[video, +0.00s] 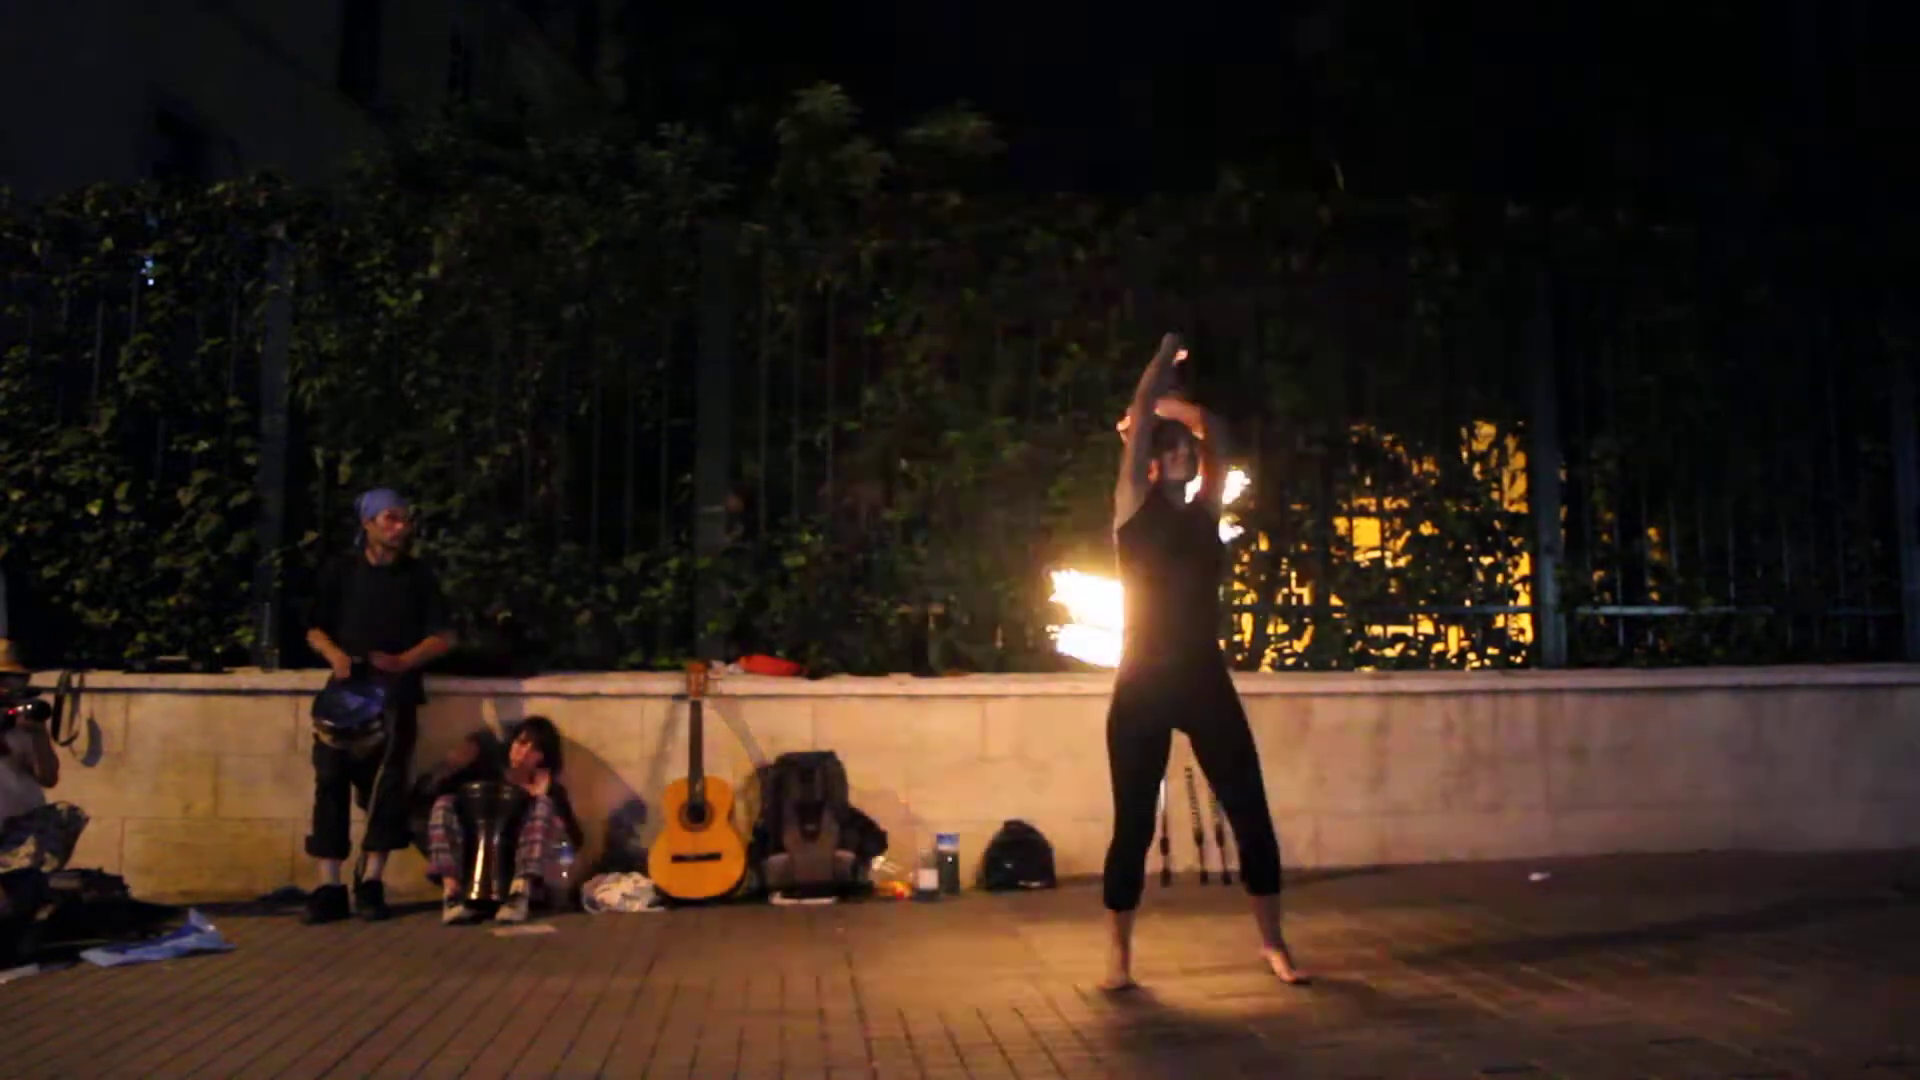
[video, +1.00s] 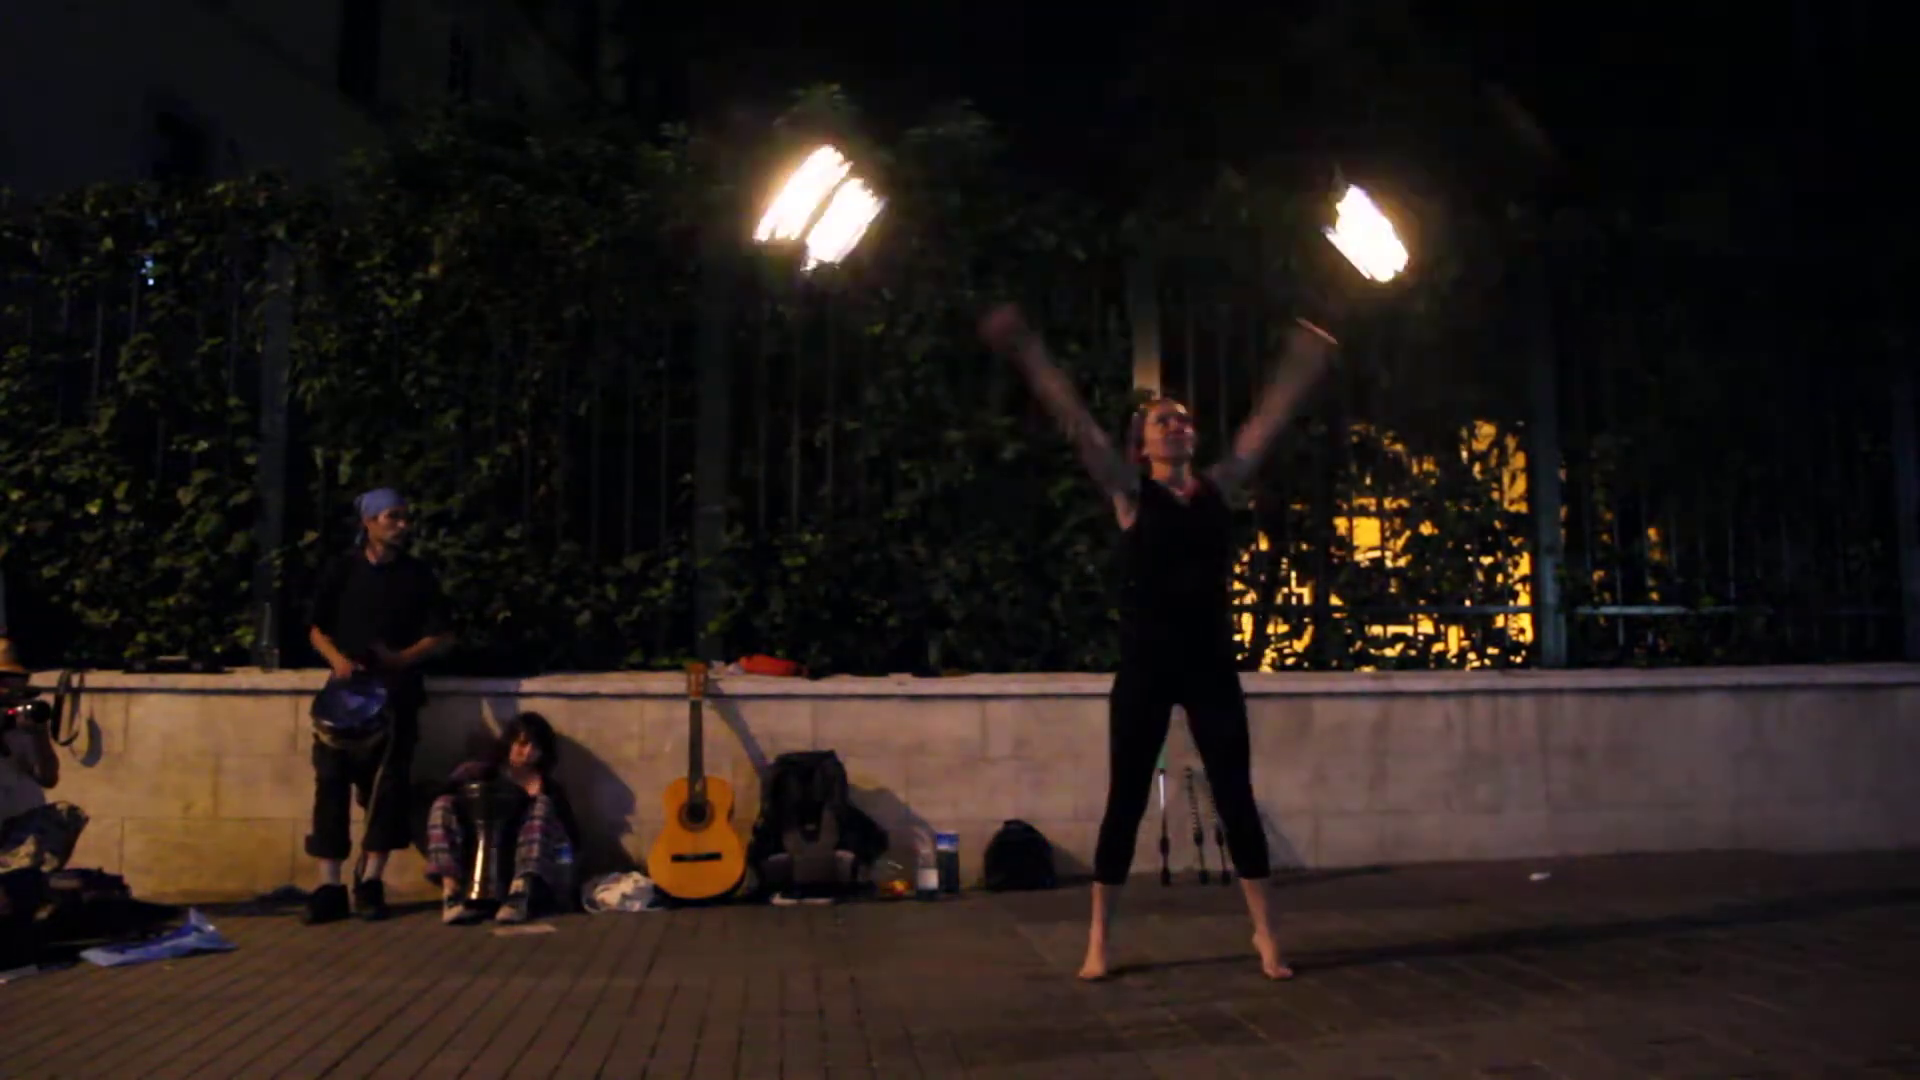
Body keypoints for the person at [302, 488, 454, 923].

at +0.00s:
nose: (401, 527)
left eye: (405, 520)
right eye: (392, 519)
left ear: (409, 526)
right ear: (368, 524)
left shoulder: (418, 576)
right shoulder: (340, 572)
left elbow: (443, 636)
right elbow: (314, 628)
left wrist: (401, 662)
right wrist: (335, 656)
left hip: (395, 694)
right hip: (343, 690)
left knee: (388, 784)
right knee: (331, 783)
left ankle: (371, 880)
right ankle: (330, 882)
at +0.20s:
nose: (400, 525)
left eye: (402, 518)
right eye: (391, 518)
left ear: (403, 524)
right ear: (367, 523)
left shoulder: (416, 575)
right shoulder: (338, 573)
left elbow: (442, 635)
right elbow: (315, 630)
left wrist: (399, 666)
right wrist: (334, 663)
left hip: (394, 696)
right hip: (342, 693)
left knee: (387, 787)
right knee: (330, 784)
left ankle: (370, 880)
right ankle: (329, 882)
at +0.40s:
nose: (401, 523)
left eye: (403, 516)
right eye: (392, 516)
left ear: (403, 523)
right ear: (367, 521)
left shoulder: (417, 574)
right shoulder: (339, 572)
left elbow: (442, 636)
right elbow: (316, 632)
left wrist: (401, 665)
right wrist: (335, 650)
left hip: (394, 693)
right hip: (344, 690)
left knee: (387, 784)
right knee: (331, 782)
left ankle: (371, 880)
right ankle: (330, 883)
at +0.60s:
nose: (402, 524)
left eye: (404, 517)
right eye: (393, 518)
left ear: (405, 523)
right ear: (368, 522)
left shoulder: (418, 574)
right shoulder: (341, 571)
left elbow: (441, 636)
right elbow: (317, 631)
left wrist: (401, 667)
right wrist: (336, 650)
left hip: (396, 692)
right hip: (345, 690)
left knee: (389, 783)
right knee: (331, 782)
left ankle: (370, 880)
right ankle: (330, 883)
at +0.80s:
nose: (403, 524)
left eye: (404, 518)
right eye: (394, 518)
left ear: (403, 524)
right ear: (369, 522)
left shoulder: (417, 574)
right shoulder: (340, 571)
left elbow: (440, 634)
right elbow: (316, 629)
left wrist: (402, 660)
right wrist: (338, 657)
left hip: (396, 693)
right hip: (345, 690)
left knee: (389, 782)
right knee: (331, 781)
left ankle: (370, 880)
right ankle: (330, 882)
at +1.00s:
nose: (402, 525)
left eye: (404, 518)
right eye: (393, 518)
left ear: (404, 523)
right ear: (369, 523)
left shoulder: (417, 574)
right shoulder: (342, 571)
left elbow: (441, 634)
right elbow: (315, 627)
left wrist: (398, 659)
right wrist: (336, 659)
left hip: (396, 693)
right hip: (344, 689)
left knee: (388, 783)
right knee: (331, 783)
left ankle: (370, 880)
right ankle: (330, 883)